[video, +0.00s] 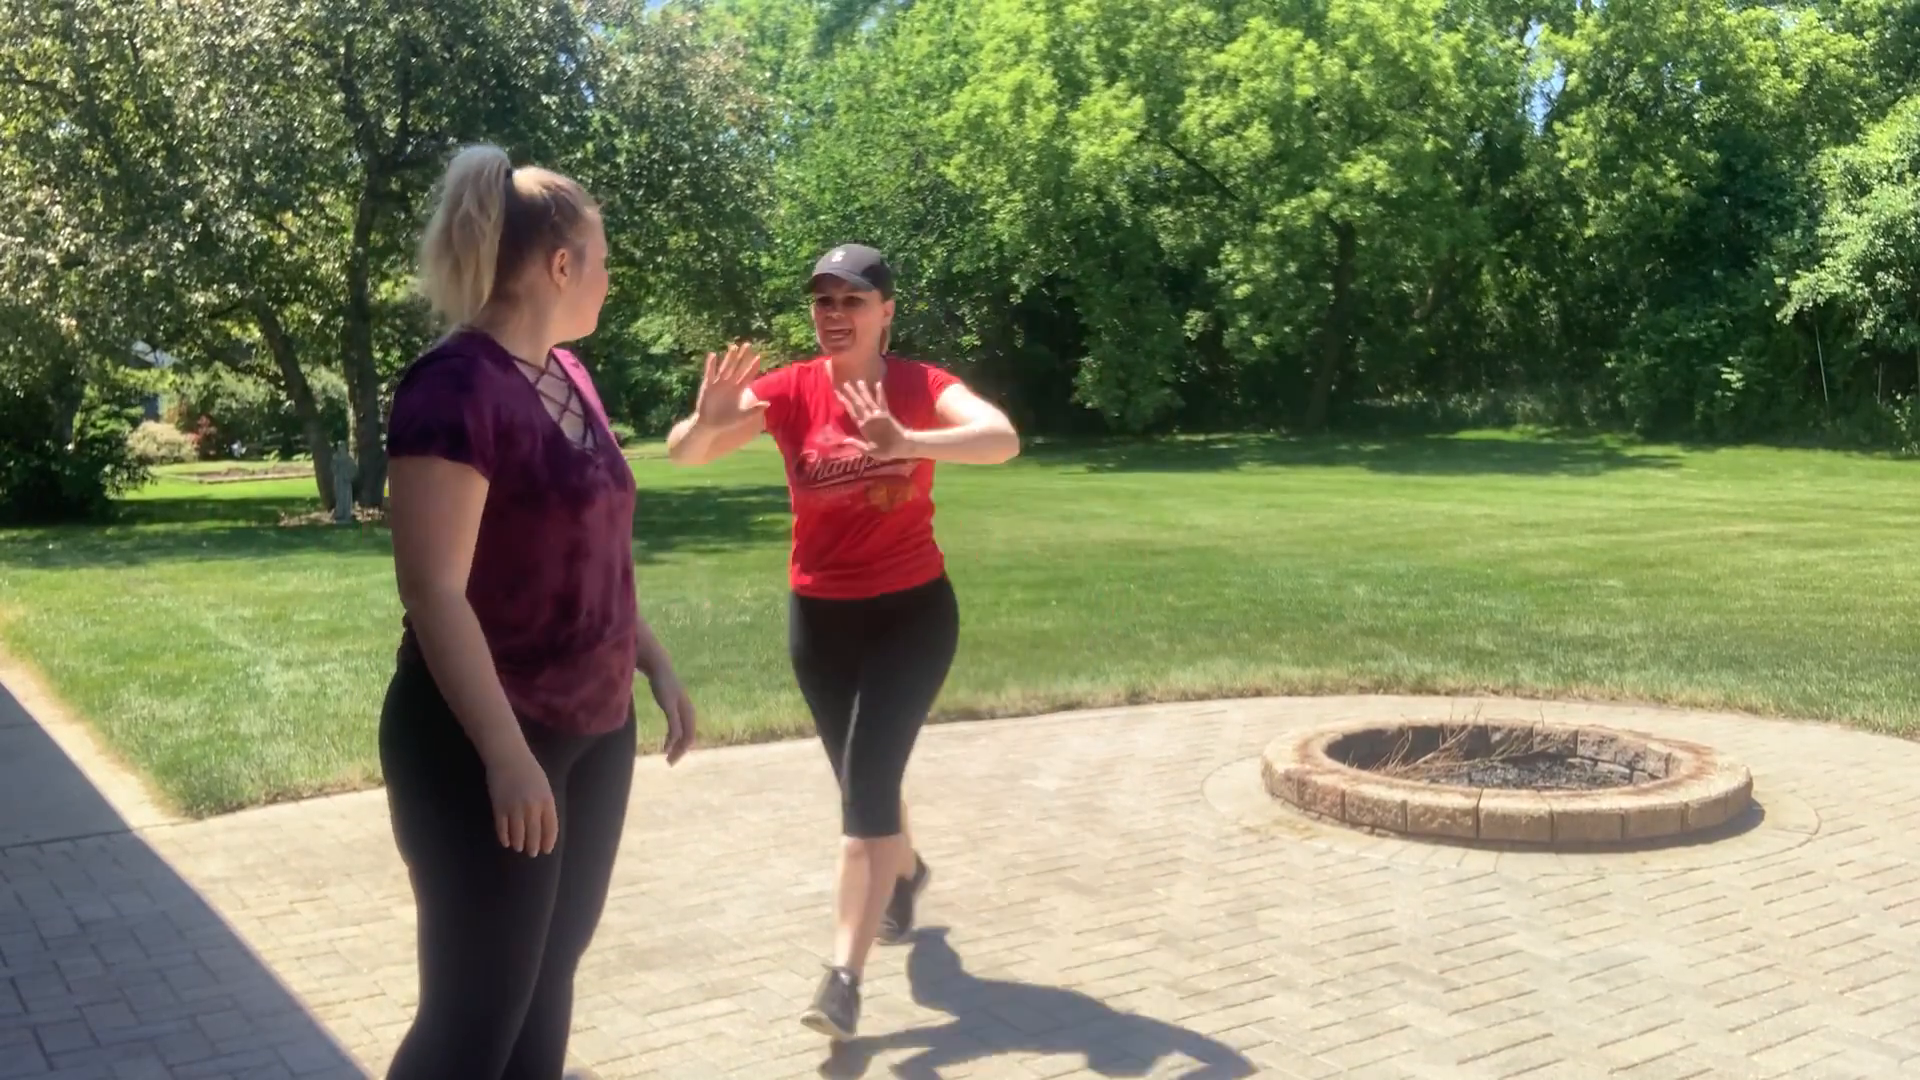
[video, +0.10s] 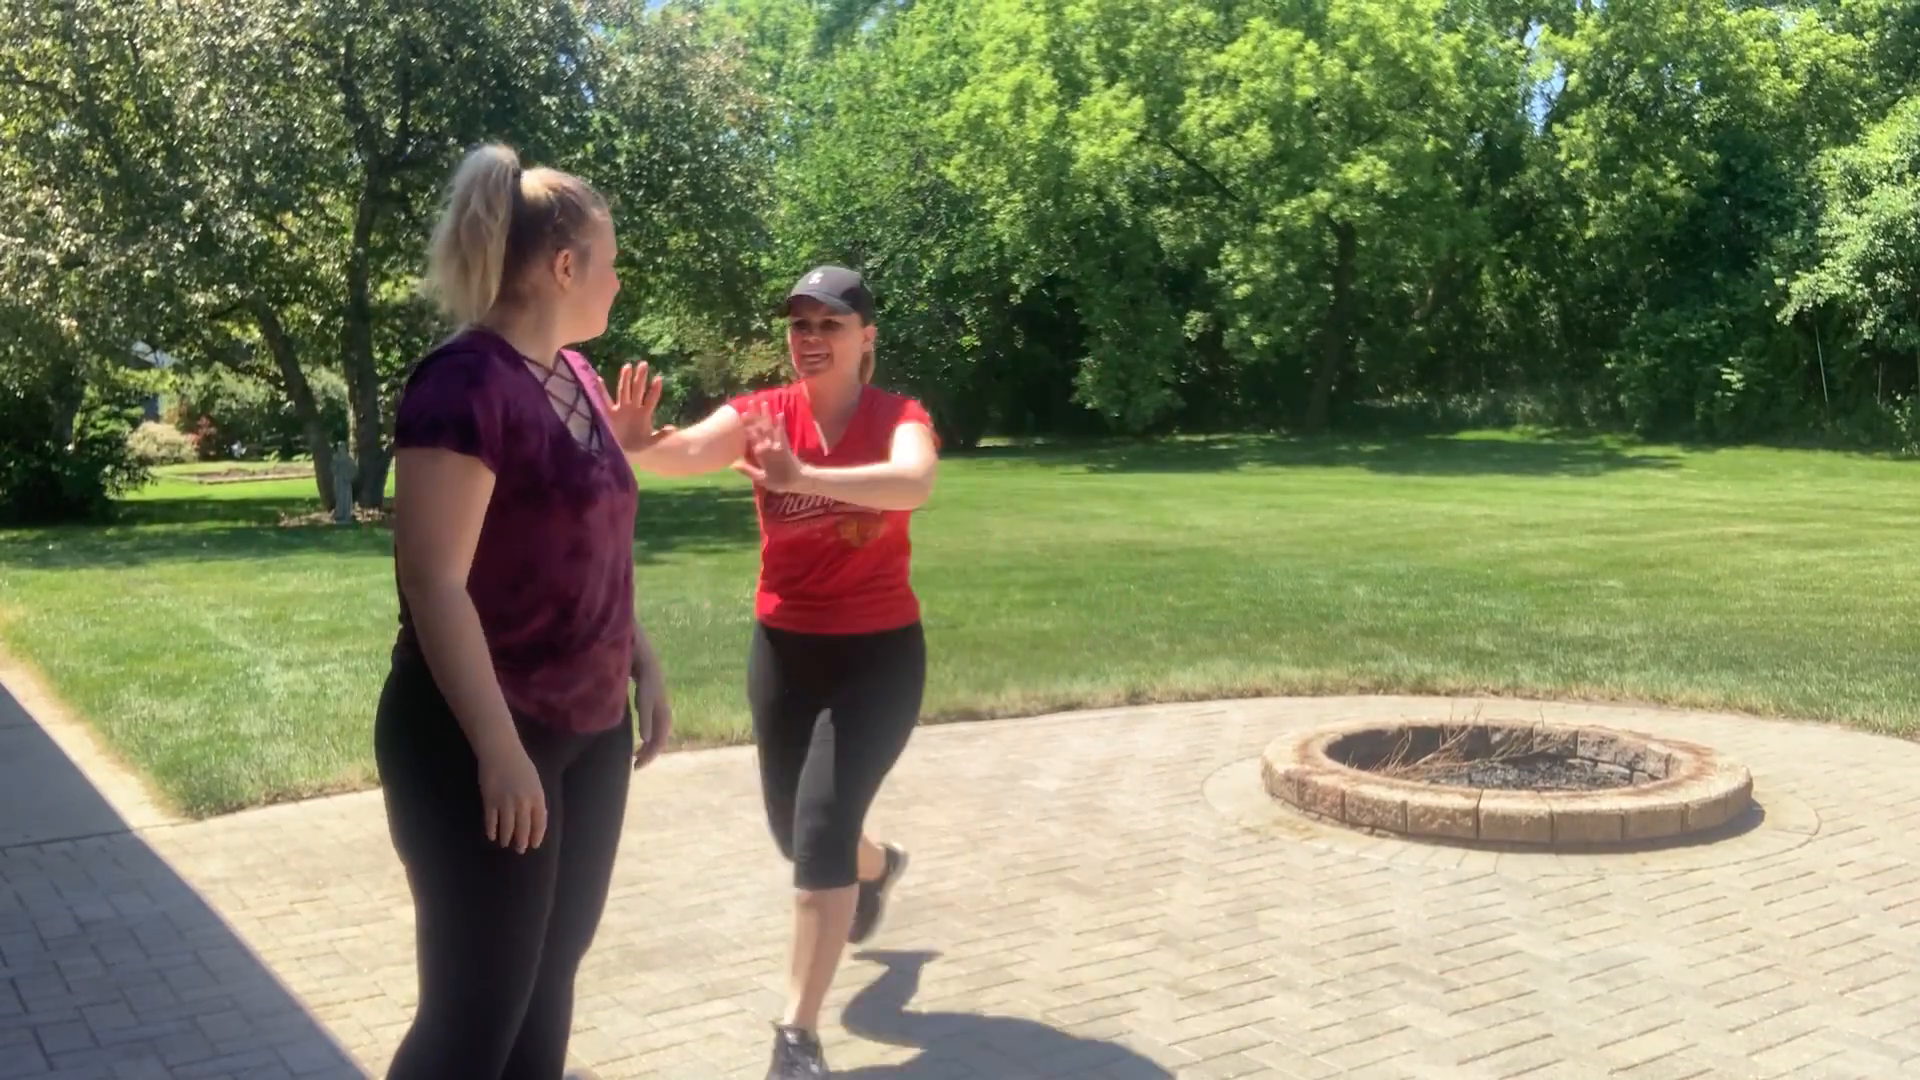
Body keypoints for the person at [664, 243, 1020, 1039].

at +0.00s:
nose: (835, 314)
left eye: (852, 301)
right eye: (823, 301)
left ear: (887, 310)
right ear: (811, 310)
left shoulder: (918, 385)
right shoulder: (787, 388)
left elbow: (1001, 438)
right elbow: (686, 455)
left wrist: (910, 442)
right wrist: (705, 420)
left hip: (911, 609)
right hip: (819, 613)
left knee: (866, 776)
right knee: (854, 772)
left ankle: (845, 972)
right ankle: (903, 867)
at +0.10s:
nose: (806, 341)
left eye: (824, 327)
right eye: (796, 327)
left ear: (866, 336)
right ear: (786, 335)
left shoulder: (901, 417)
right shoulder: (765, 413)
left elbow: (914, 484)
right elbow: (687, 452)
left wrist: (803, 476)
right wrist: (634, 446)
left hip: (877, 653)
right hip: (781, 649)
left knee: (822, 828)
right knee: (789, 827)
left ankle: (799, 1029)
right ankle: (873, 864)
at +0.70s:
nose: (663, 318)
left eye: (684, 302)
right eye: (651, 302)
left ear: (735, 315)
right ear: (640, 313)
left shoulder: (777, 396)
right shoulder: (630, 400)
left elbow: (740, 487)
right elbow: (590, 458)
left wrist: (642, 545)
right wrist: (515, 496)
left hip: (797, 654)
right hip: (684, 657)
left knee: (800, 867)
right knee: (678, 876)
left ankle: (849, 1009)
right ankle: (701, 1073)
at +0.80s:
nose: (679, 300)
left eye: (701, 283)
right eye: (667, 287)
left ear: (750, 298)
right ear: (657, 300)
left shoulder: (796, 384)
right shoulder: (648, 387)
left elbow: (772, 473)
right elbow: (602, 420)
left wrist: (665, 506)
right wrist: (546, 429)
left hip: (805, 645)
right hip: (691, 651)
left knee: (828, 859)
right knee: (686, 879)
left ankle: (892, 994)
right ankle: (699, 1072)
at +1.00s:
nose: (732, 292)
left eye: (753, 277)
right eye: (719, 277)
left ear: (797, 289)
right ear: (705, 290)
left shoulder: (845, 375)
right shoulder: (688, 382)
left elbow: (887, 476)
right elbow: (641, 427)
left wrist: (792, 535)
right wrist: (649, 424)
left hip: (846, 639)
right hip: (733, 646)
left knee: (870, 846)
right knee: (715, 867)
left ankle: (907, 1028)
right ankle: (701, 1070)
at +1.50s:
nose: (767, 279)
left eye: (787, 266)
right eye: (756, 264)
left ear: (827, 275)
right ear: (742, 275)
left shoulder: (871, 379)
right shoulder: (706, 383)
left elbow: (895, 516)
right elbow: (685, 512)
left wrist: (920, 625)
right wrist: (655, 616)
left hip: (855, 633)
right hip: (742, 638)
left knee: (875, 827)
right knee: (765, 833)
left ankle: (905, 1008)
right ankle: (781, 1008)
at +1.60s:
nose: (772, 278)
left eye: (792, 265)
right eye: (761, 263)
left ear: (833, 277)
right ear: (748, 273)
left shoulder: (874, 381)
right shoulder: (711, 380)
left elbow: (902, 516)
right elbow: (681, 506)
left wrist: (923, 624)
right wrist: (645, 608)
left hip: (855, 631)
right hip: (743, 635)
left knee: (875, 825)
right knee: (765, 832)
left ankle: (905, 1007)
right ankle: (782, 1008)